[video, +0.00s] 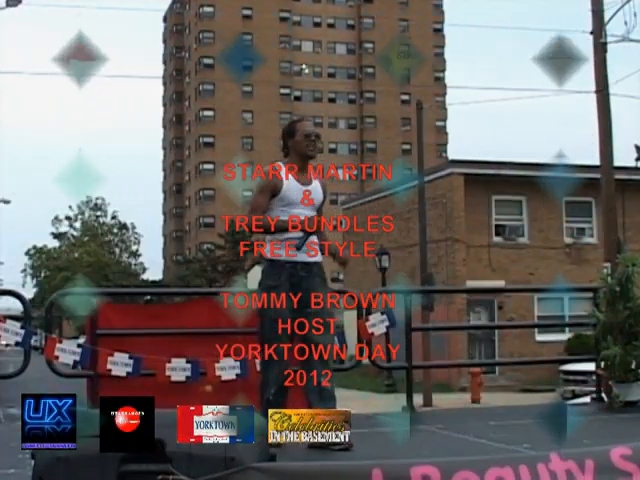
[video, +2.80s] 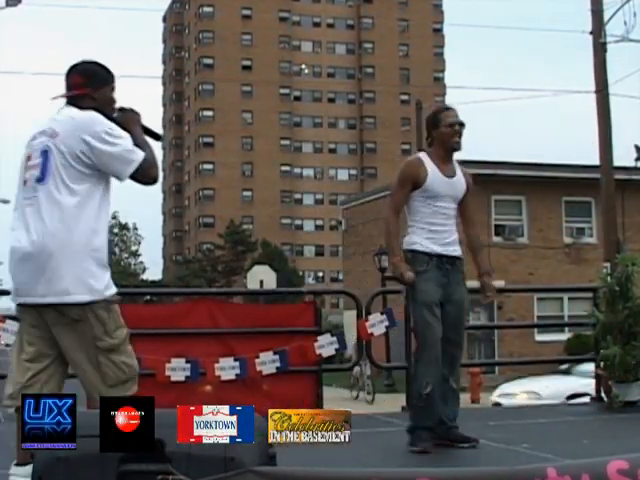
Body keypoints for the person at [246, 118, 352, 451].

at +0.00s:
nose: (314, 142)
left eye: (316, 137)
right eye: (307, 137)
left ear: (317, 144)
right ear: (288, 143)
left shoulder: (319, 184)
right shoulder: (275, 177)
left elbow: (316, 227)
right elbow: (251, 219)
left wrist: (334, 250)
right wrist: (290, 225)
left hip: (311, 269)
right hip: (279, 269)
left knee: (320, 342)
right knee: (277, 344)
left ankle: (325, 423)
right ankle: (273, 421)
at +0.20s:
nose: (300, 146)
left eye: (304, 142)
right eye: (293, 141)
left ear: (307, 147)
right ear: (277, 147)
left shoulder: (312, 180)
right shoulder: (261, 180)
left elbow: (332, 223)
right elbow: (242, 225)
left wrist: (335, 191)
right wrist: (279, 232)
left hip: (300, 272)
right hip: (267, 270)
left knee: (311, 346)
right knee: (265, 350)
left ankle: (321, 425)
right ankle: (269, 426)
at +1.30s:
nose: (355, 158)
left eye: (354, 153)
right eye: (351, 152)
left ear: (337, 155)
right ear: (337, 154)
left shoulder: (336, 189)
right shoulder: (311, 184)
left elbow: (335, 232)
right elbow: (292, 228)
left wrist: (343, 251)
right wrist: (322, 255)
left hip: (329, 265)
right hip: (312, 265)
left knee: (329, 339)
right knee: (324, 339)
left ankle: (319, 404)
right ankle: (330, 410)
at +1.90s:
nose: (385, 146)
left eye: (384, 141)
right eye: (379, 141)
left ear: (369, 146)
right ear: (361, 145)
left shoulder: (372, 178)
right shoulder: (341, 178)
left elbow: (364, 228)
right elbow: (323, 227)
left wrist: (376, 259)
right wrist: (329, 278)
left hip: (373, 266)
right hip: (350, 266)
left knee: (391, 340)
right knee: (357, 345)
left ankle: (353, 400)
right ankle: (361, 426)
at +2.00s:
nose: (390, 143)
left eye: (390, 138)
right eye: (384, 138)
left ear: (376, 144)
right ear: (366, 142)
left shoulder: (379, 178)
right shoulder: (347, 177)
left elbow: (372, 228)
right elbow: (328, 226)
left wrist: (383, 267)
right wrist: (341, 272)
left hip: (380, 266)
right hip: (356, 266)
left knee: (398, 338)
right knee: (359, 346)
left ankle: (389, 417)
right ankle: (361, 424)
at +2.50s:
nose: (436, 137)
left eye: (438, 132)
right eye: (429, 131)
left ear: (436, 139)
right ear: (411, 137)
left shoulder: (430, 180)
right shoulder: (393, 170)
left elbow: (428, 227)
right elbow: (372, 217)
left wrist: (436, 261)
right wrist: (378, 266)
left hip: (432, 265)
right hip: (403, 265)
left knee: (439, 348)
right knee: (403, 347)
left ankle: (442, 426)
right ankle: (367, 417)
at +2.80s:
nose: (459, 130)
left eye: (460, 125)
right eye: (451, 126)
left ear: (458, 132)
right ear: (433, 133)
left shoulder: (461, 177)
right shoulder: (415, 166)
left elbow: (470, 228)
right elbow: (392, 212)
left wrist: (485, 275)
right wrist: (396, 260)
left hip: (452, 264)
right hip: (422, 261)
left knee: (452, 345)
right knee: (429, 343)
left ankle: (446, 426)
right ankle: (421, 429)